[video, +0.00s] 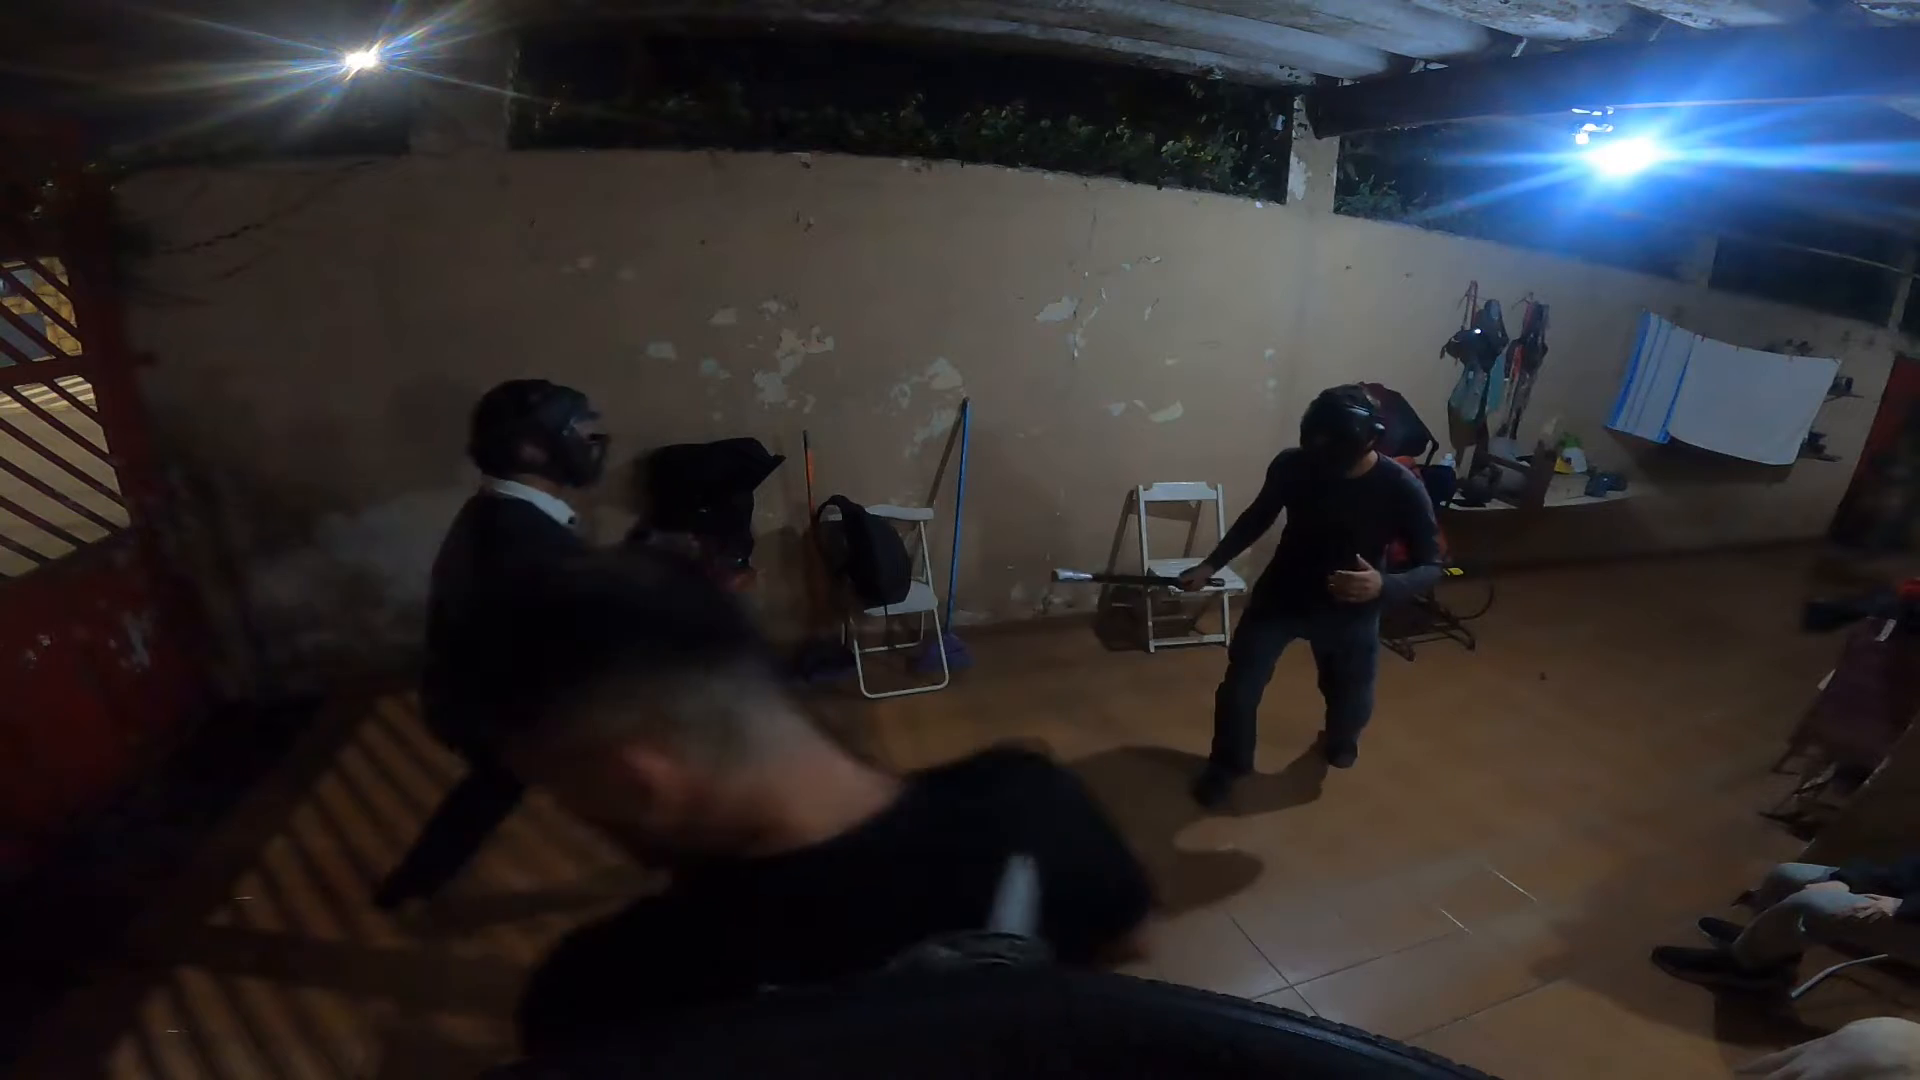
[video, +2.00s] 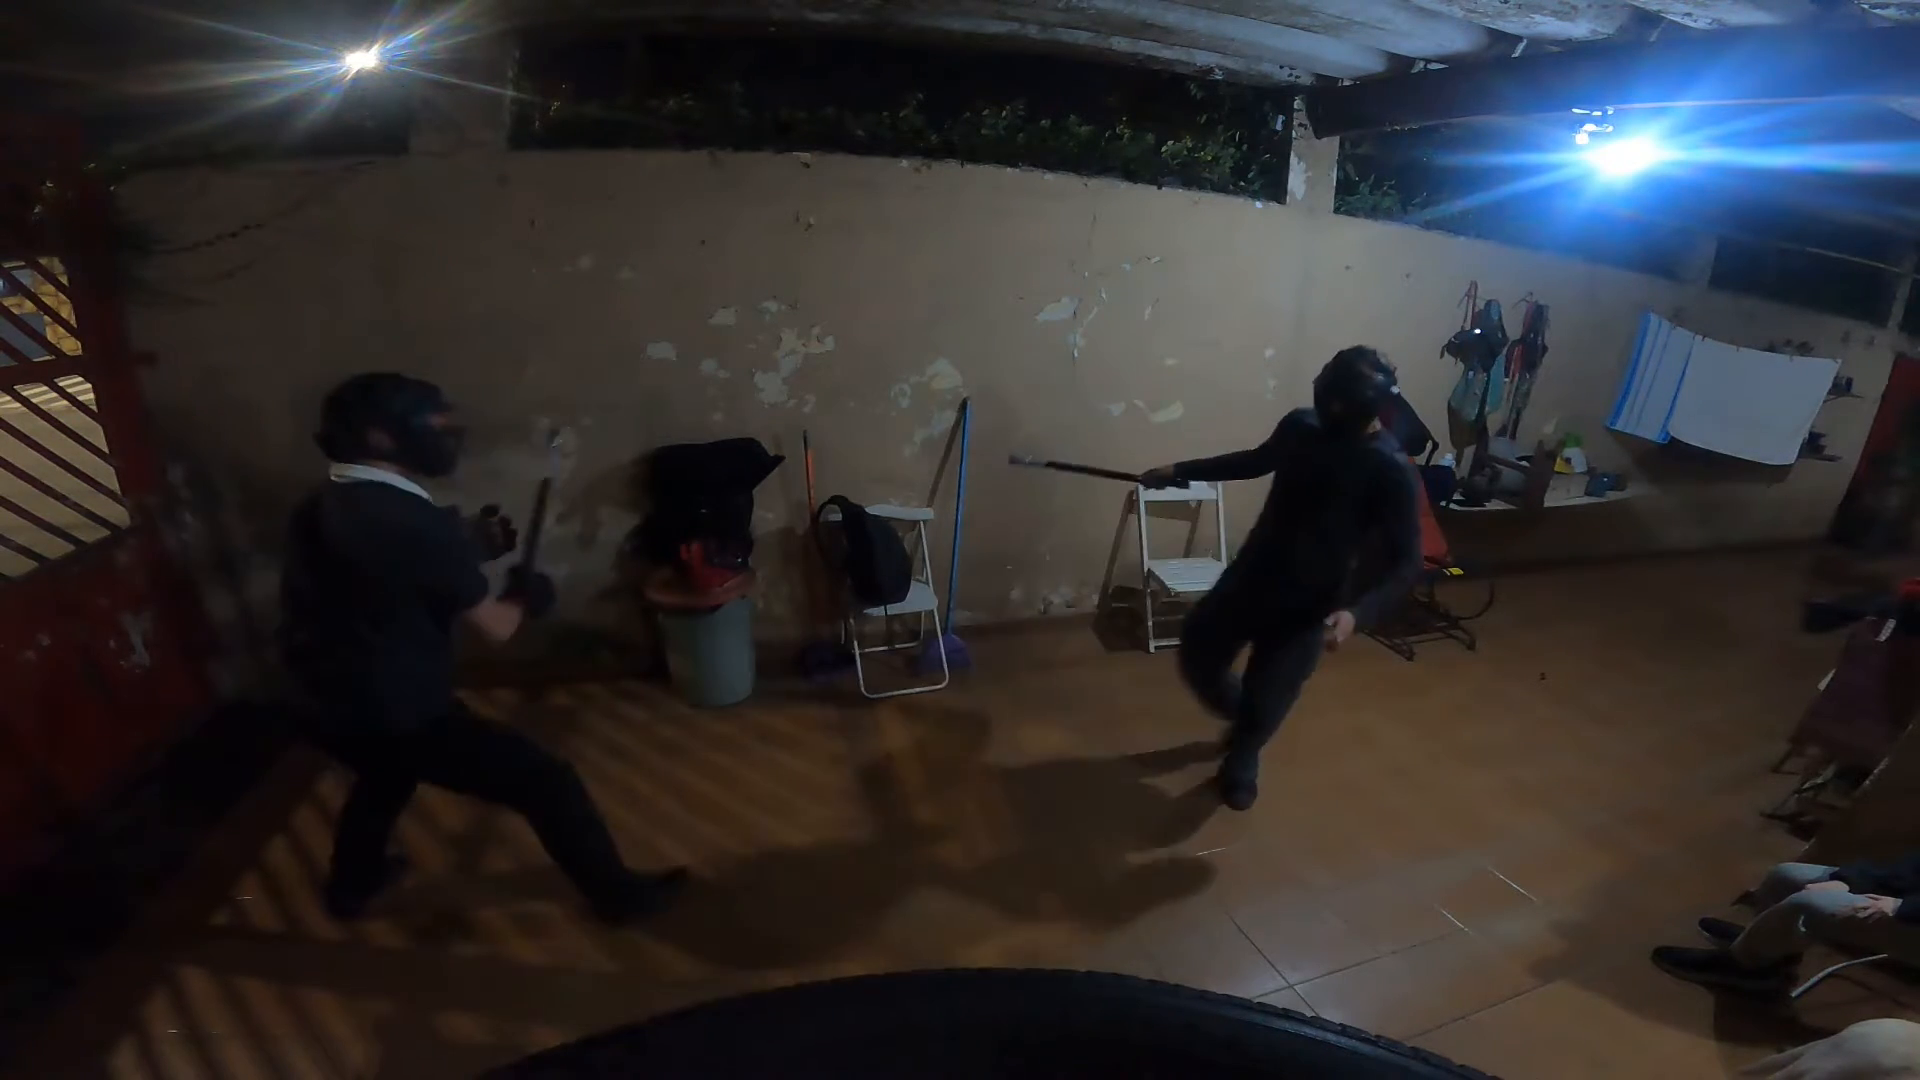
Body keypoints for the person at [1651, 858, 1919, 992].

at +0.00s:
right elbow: (1911, 871)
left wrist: (1903, 908)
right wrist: (1847, 878)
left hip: (1912, 922)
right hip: (1904, 890)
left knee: (1807, 905)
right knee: (1786, 877)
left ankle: (1742, 960)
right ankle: (1754, 941)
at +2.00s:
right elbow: (1909, 869)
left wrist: (1903, 908)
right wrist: (1846, 879)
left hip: (1911, 924)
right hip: (1902, 893)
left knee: (1806, 906)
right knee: (1786, 876)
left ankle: (1740, 961)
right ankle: (1752, 941)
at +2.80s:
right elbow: (1912, 868)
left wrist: (1901, 909)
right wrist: (1849, 880)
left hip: (1910, 925)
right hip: (1900, 895)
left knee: (1804, 907)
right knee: (1784, 877)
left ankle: (1739, 961)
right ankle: (1757, 944)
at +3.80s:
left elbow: (1913, 914)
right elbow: (1908, 869)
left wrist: (1854, 908)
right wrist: (1844, 883)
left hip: (1910, 926)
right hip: (1901, 890)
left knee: (1800, 914)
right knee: (1784, 879)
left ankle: (1742, 963)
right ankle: (1756, 943)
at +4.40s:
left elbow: (1913, 916)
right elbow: (1910, 870)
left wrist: (1857, 909)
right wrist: (1843, 883)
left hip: (1911, 928)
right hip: (1904, 891)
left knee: (1800, 914)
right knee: (1783, 880)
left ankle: (1742, 963)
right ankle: (1756, 944)